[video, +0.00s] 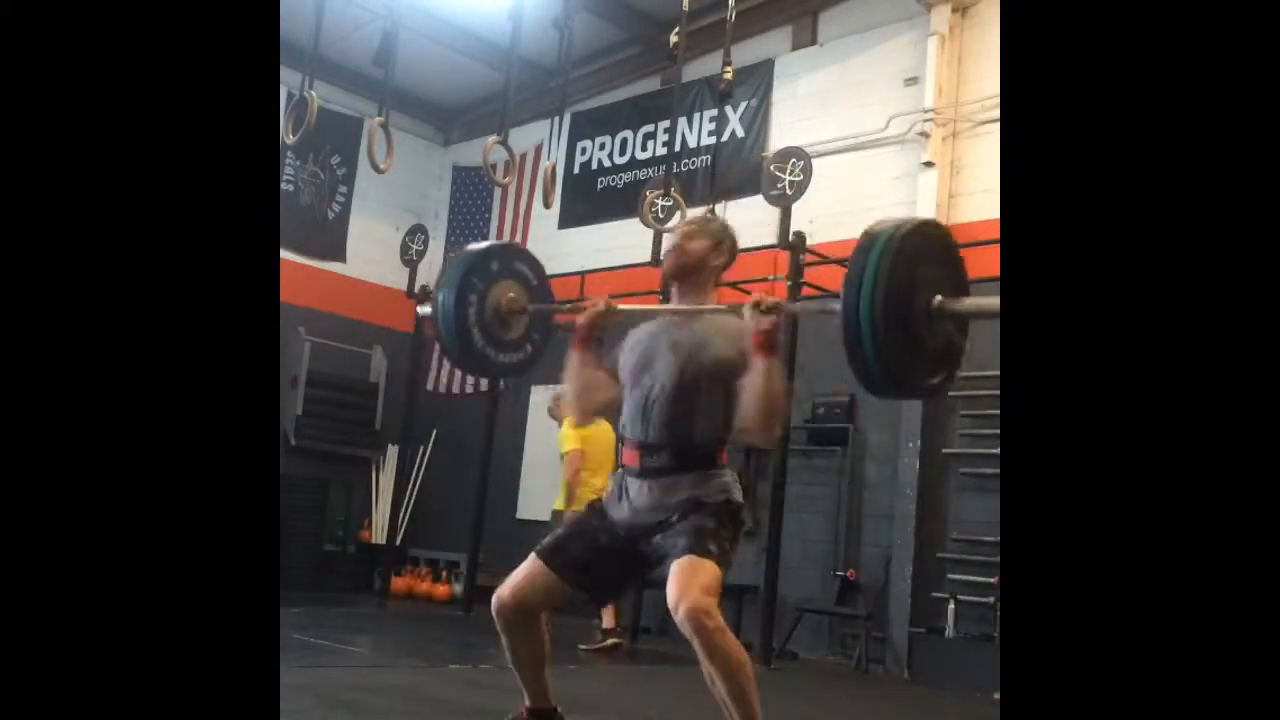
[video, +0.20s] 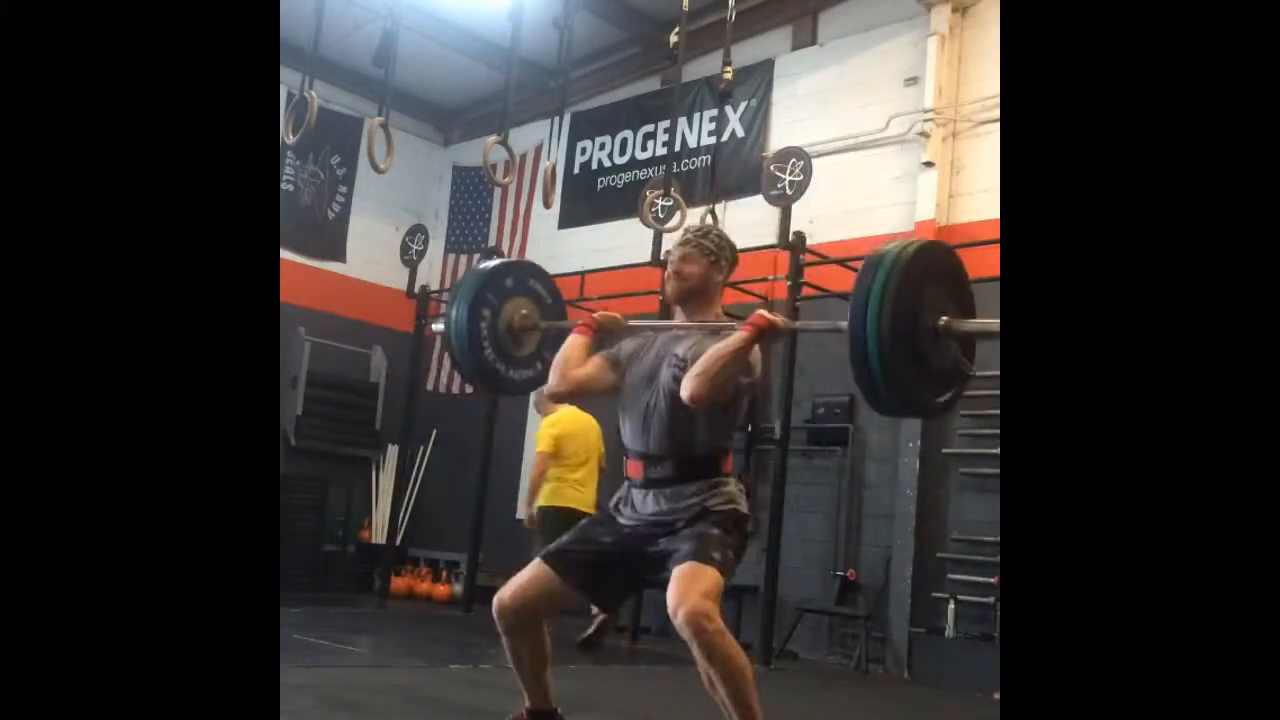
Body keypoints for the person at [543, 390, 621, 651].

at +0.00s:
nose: (556, 420)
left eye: (555, 413)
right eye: (554, 414)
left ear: (563, 408)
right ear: (587, 403)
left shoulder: (570, 427)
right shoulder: (606, 427)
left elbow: (574, 466)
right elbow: (610, 466)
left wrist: (569, 504)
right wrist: (602, 492)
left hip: (575, 506)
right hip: (603, 504)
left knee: (548, 564)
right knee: (603, 563)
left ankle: (538, 623)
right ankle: (609, 626)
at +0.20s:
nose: (539, 414)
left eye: (538, 409)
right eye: (538, 409)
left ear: (545, 403)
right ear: (560, 399)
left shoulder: (551, 423)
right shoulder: (591, 422)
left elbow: (541, 465)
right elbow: (601, 464)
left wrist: (529, 502)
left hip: (553, 503)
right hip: (584, 507)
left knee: (547, 570)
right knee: (578, 562)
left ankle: (539, 625)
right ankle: (598, 606)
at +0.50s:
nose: (531, 407)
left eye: (531, 404)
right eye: (532, 404)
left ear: (536, 400)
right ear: (555, 398)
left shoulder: (533, 420)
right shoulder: (580, 424)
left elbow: (507, 464)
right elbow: (591, 467)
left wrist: (496, 487)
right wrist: (587, 500)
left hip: (536, 502)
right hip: (568, 505)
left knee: (539, 565)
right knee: (559, 565)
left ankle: (541, 626)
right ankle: (560, 623)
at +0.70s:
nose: (527, 407)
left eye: (527, 403)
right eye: (529, 403)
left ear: (531, 401)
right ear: (551, 401)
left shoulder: (525, 423)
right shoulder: (573, 430)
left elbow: (501, 461)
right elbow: (583, 468)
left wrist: (513, 467)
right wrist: (584, 503)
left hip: (529, 500)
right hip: (557, 505)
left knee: (533, 561)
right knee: (537, 562)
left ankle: (538, 623)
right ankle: (520, 614)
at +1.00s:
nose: (520, 404)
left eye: (521, 400)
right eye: (522, 401)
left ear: (525, 400)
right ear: (545, 401)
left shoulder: (516, 420)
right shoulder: (559, 433)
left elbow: (494, 455)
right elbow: (560, 475)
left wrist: (516, 455)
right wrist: (552, 496)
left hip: (515, 499)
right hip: (542, 503)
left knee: (507, 555)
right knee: (526, 562)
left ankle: (527, 606)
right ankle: (510, 615)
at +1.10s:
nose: (518, 402)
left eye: (519, 398)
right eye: (519, 398)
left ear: (524, 398)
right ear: (543, 401)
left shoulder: (516, 419)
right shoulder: (554, 431)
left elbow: (491, 454)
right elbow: (553, 465)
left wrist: (512, 459)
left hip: (511, 499)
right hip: (537, 503)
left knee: (491, 552)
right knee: (522, 559)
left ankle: (516, 599)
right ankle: (512, 613)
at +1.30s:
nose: (510, 400)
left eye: (513, 396)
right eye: (512, 395)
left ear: (523, 398)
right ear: (533, 400)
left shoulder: (513, 419)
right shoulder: (544, 430)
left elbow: (486, 452)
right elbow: (532, 466)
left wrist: (508, 458)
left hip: (502, 497)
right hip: (529, 503)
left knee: (476, 549)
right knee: (520, 559)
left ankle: (480, 610)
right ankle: (510, 617)